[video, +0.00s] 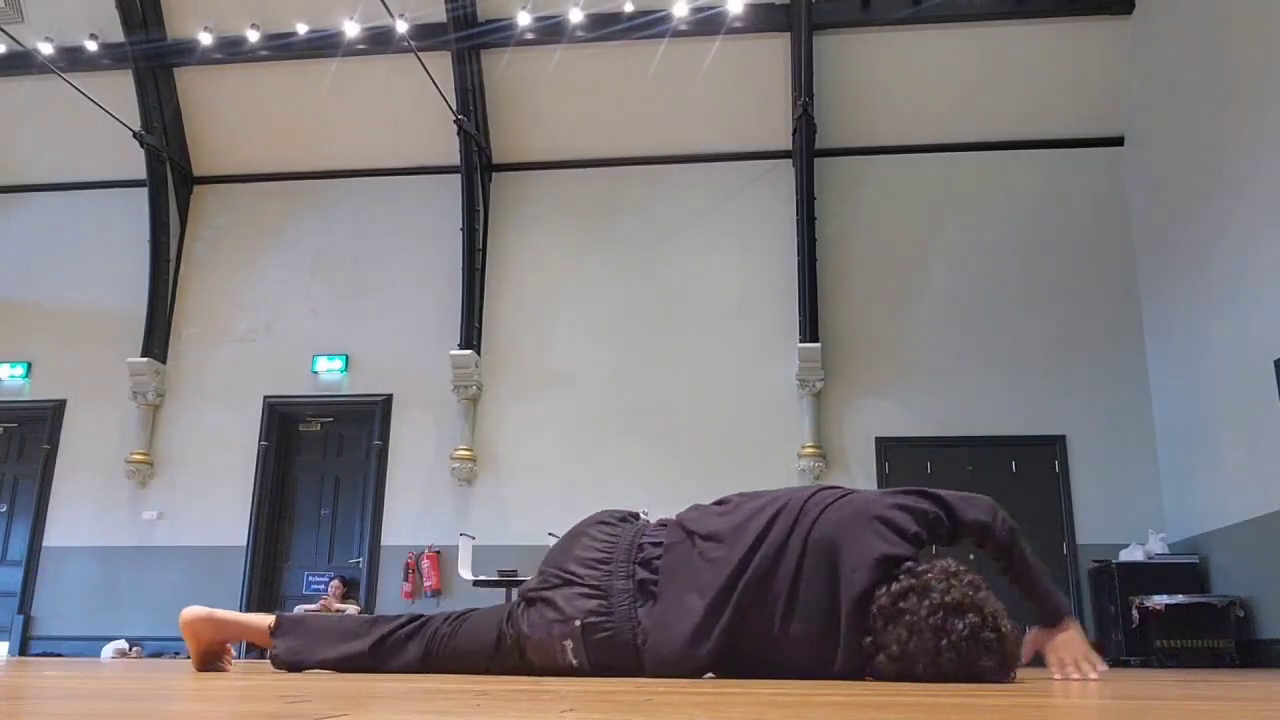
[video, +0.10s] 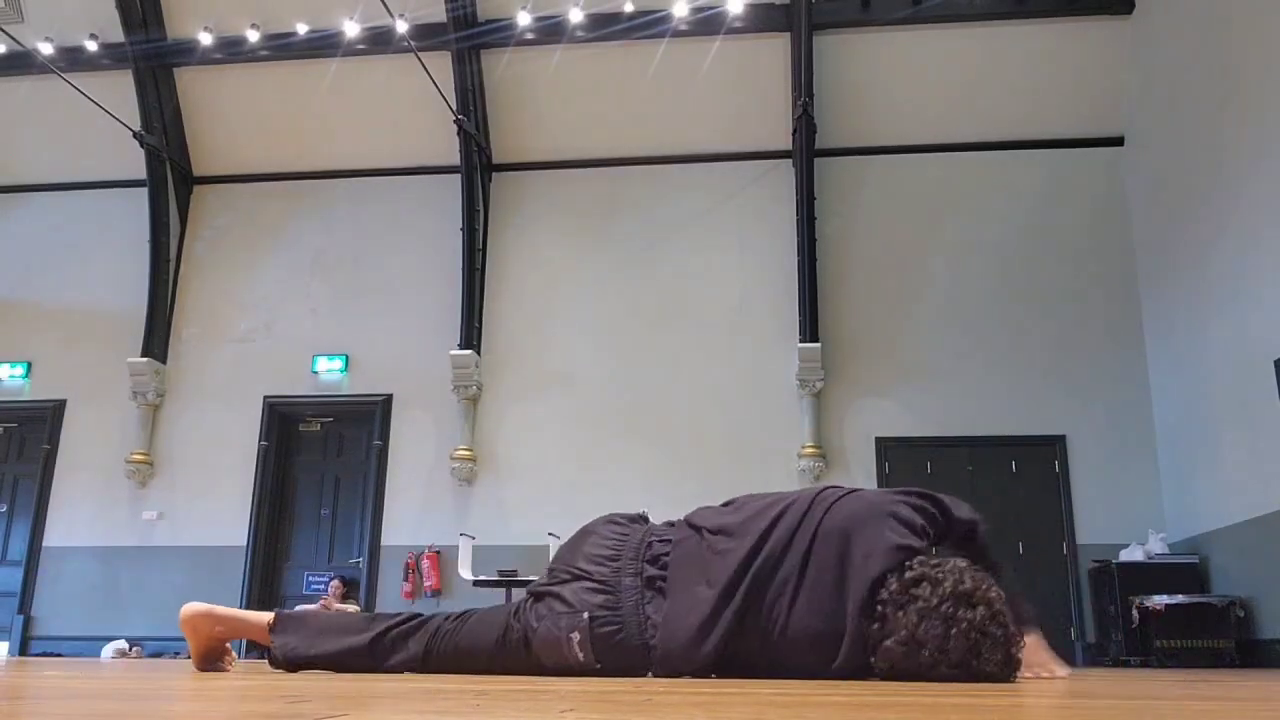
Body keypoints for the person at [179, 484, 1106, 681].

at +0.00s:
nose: (973, 673)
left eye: (986, 660)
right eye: (953, 676)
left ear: (975, 592)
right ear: (893, 659)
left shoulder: (894, 527)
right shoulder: (845, 661)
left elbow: (989, 518)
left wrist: (1057, 622)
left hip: (627, 548)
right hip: (603, 630)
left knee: (467, 622)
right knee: (417, 638)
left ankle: (322, 620)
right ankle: (266, 634)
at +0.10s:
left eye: (1000, 658)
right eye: (953, 669)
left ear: (982, 593)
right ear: (900, 652)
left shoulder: (894, 520)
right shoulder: (869, 658)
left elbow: (969, 538)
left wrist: (1019, 631)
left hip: (626, 549)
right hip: (604, 622)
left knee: (454, 629)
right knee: (416, 640)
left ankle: (314, 620)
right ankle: (255, 631)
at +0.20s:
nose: (956, 685)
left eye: (972, 671)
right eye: (953, 678)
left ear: (957, 569)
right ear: (919, 661)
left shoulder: (889, 512)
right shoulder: (855, 663)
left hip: (624, 546)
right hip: (607, 632)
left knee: (457, 626)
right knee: (425, 638)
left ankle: (306, 619)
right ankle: (255, 633)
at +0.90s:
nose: (955, 680)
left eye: (972, 671)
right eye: (956, 669)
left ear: (938, 614)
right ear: (921, 636)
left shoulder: (893, 592)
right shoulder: (849, 622)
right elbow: (716, 642)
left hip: (655, 602)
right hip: (629, 617)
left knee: (474, 639)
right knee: (444, 646)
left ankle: (323, 610)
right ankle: (278, 597)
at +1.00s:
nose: (950, 668)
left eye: (966, 661)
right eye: (958, 657)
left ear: (934, 598)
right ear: (931, 623)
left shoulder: (872, 588)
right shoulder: (854, 617)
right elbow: (750, 664)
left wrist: (897, 657)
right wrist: (886, 673)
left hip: (650, 601)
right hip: (637, 616)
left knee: (481, 642)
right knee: (460, 650)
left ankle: (324, 612)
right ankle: (292, 606)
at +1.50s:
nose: (939, 645)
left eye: (952, 641)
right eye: (940, 627)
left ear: (948, 619)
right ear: (912, 589)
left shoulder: (879, 598)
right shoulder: (829, 588)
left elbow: (781, 655)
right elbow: (712, 660)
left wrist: (857, 654)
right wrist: (831, 666)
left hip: (674, 617)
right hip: (649, 589)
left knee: (525, 654)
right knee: (501, 659)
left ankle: (410, 644)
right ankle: (390, 646)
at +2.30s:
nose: (850, 613)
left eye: (867, 620)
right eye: (859, 596)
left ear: (886, 637)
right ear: (858, 564)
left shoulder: (851, 638)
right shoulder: (784, 556)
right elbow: (719, 651)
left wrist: (863, 656)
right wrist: (826, 662)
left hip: (697, 642)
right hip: (690, 579)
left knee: (586, 655)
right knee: (593, 570)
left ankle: (543, 635)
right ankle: (505, 649)